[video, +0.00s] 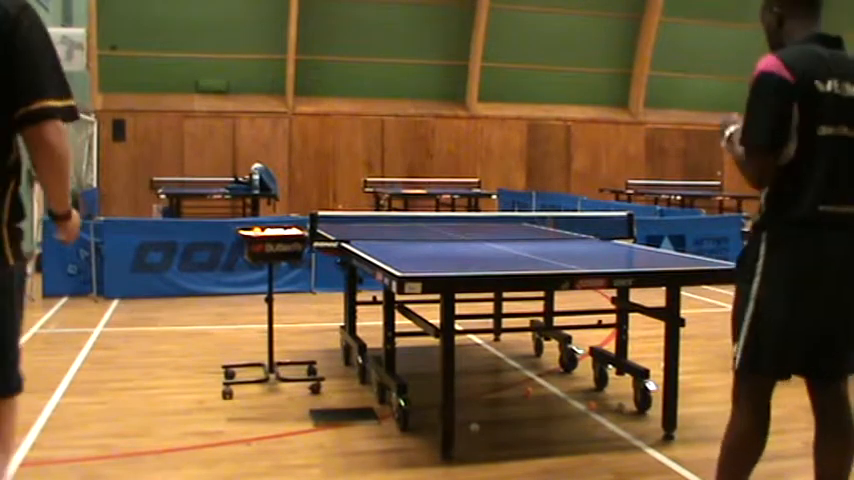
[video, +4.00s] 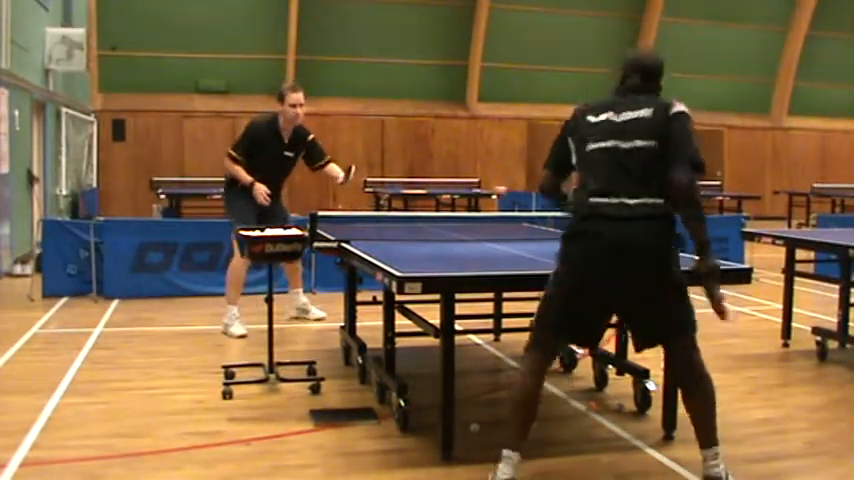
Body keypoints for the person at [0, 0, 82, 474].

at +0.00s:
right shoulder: (12, 17)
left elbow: (46, 135)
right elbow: (47, 136)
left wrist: (60, 209)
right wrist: (62, 209)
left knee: (5, 385)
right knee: (1, 389)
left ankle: (6, 466)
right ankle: (3, 467)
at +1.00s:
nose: (151, 47)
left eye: (152, 41)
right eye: (152, 41)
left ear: (110, 32)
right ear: (141, 37)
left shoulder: (61, 71)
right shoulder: (142, 83)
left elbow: (18, 132)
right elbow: (175, 148)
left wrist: (5, 191)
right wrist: (196, 184)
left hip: (67, 208)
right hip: (118, 210)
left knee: (88, 305)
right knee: (133, 316)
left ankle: (97, 404)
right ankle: (99, 394)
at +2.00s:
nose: (229, 79)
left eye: (228, 73)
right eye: (229, 73)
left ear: (200, 68)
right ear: (221, 72)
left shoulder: (169, 94)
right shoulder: (209, 105)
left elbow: (145, 130)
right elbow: (201, 151)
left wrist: (173, 147)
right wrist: (220, 194)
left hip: (159, 194)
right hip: (188, 196)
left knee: (174, 266)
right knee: (202, 275)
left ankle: (172, 336)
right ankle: (177, 337)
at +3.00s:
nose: (295, 98)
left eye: (298, 93)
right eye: (289, 93)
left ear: (300, 95)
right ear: (275, 94)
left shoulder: (299, 122)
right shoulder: (259, 121)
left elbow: (313, 151)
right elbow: (241, 162)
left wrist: (315, 161)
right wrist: (274, 174)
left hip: (279, 191)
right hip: (252, 191)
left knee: (293, 244)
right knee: (262, 251)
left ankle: (292, 304)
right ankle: (248, 318)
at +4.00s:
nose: (298, 111)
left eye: (301, 106)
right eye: (292, 106)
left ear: (305, 107)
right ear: (280, 106)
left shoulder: (302, 136)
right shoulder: (259, 128)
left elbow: (323, 163)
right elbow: (230, 162)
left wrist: (339, 174)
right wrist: (252, 185)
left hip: (271, 195)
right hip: (242, 193)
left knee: (290, 243)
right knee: (244, 250)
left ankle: (298, 301)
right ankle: (231, 315)